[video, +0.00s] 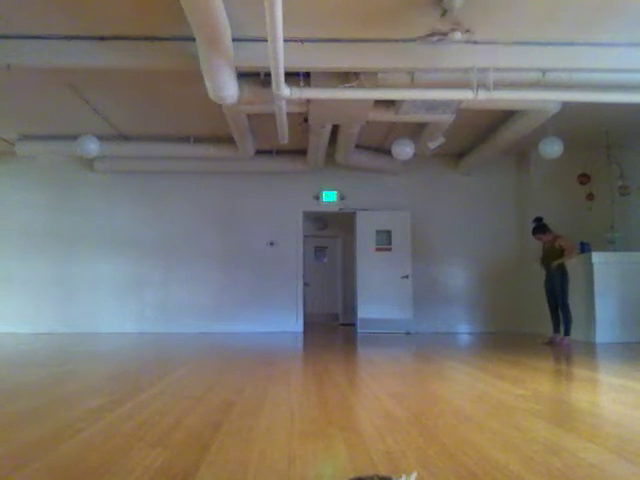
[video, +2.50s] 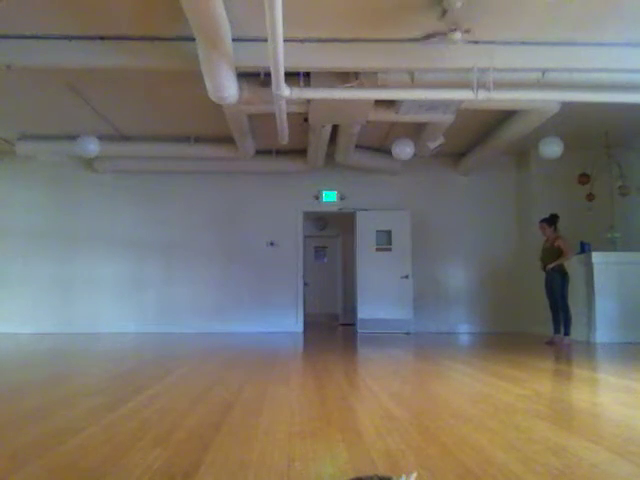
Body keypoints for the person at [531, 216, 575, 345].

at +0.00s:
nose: (540, 241)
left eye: (540, 238)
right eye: (538, 239)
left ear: (546, 233)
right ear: (540, 237)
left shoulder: (558, 240)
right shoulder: (545, 243)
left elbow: (571, 252)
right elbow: (546, 257)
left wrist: (558, 261)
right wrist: (543, 263)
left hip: (559, 273)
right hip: (549, 273)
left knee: (562, 304)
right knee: (552, 305)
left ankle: (566, 336)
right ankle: (556, 334)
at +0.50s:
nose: (539, 241)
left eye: (539, 238)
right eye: (537, 239)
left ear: (544, 233)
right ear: (538, 236)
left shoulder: (558, 240)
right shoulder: (544, 244)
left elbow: (568, 256)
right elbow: (545, 258)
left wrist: (551, 264)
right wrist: (541, 264)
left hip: (560, 274)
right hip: (549, 275)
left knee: (563, 305)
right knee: (553, 305)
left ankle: (566, 335)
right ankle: (556, 334)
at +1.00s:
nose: (539, 239)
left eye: (539, 236)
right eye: (537, 237)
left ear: (545, 232)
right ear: (539, 235)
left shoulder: (558, 240)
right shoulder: (545, 243)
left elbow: (567, 255)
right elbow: (547, 257)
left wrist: (551, 265)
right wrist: (542, 263)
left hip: (560, 273)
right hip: (549, 274)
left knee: (562, 304)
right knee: (553, 304)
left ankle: (566, 335)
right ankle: (557, 334)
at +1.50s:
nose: (540, 233)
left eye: (541, 229)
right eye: (539, 230)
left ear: (548, 228)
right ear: (544, 230)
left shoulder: (559, 241)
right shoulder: (545, 243)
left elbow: (567, 255)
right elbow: (544, 257)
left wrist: (552, 263)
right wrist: (542, 265)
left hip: (558, 274)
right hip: (548, 274)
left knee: (561, 304)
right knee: (553, 305)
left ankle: (566, 335)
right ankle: (556, 334)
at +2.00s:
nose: (541, 232)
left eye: (543, 228)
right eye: (540, 229)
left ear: (550, 228)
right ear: (542, 229)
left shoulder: (558, 240)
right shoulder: (545, 241)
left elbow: (566, 255)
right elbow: (545, 255)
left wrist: (552, 264)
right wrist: (542, 264)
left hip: (558, 273)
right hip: (548, 273)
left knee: (561, 304)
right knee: (552, 305)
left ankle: (566, 335)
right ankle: (556, 334)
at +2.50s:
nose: (542, 231)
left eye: (544, 228)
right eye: (541, 228)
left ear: (551, 228)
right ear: (544, 229)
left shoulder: (559, 240)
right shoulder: (547, 241)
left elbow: (568, 254)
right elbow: (546, 255)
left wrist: (553, 264)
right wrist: (543, 264)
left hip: (559, 273)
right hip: (549, 273)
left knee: (561, 304)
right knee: (553, 305)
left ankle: (566, 335)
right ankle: (556, 334)